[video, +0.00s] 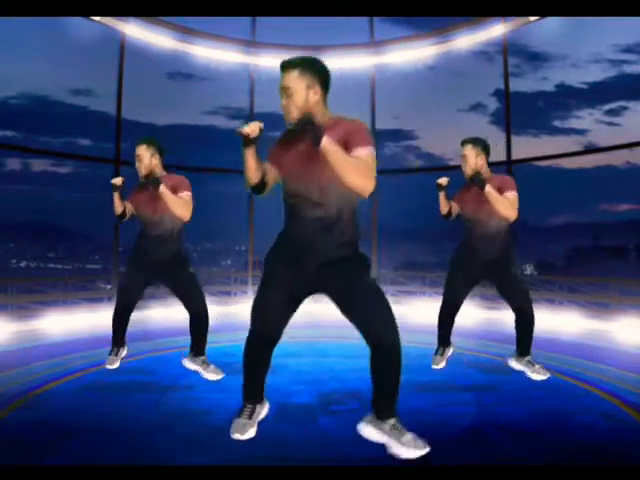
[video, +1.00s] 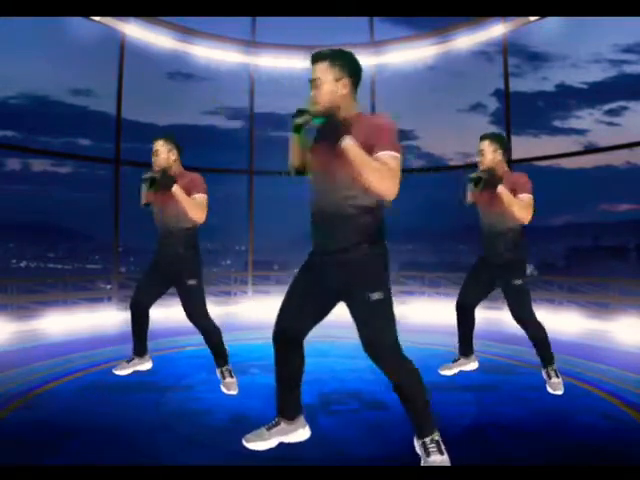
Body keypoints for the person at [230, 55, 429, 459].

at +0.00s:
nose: (281, 100)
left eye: (288, 91)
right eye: (281, 92)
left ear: (315, 91)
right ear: (298, 94)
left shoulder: (352, 132)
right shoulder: (288, 142)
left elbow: (365, 184)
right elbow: (259, 184)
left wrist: (323, 139)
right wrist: (250, 146)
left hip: (341, 261)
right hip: (291, 260)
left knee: (386, 337)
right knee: (261, 335)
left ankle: (382, 418)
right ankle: (252, 405)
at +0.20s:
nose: (283, 82)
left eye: (289, 74)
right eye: (280, 75)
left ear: (315, 75)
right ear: (284, 80)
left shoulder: (350, 116)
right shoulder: (282, 130)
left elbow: (369, 170)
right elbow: (259, 172)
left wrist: (322, 130)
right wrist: (247, 132)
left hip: (346, 248)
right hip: (295, 249)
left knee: (389, 333)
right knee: (264, 326)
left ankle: (393, 412)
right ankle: (252, 400)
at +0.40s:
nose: (296, 91)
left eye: (302, 82)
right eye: (296, 83)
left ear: (329, 81)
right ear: (315, 84)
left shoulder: (369, 116)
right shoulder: (306, 136)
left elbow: (382, 164)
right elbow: (281, 177)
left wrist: (328, 126)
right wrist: (269, 136)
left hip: (370, 254)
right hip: (323, 253)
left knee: (394, 347)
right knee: (279, 327)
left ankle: (427, 437)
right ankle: (283, 413)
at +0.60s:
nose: (314, 100)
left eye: (320, 91)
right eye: (314, 92)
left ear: (347, 91)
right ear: (338, 94)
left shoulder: (385, 128)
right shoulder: (326, 142)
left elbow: (394, 186)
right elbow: (318, 200)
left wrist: (341, 152)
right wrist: (291, 174)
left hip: (384, 268)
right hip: (335, 266)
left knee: (405, 362)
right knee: (285, 332)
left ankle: (427, 441)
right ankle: (285, 414)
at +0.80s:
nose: (332, 90)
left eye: (339, 81)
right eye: (330, 83)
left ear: (366, 82)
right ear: (332, 87)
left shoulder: (400, 124)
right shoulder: (324, 131)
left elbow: (412, 173)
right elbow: (276, 151)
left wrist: (366, 127)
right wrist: (251, 127)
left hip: (387, 264)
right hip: (334, 263)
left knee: (409, 357)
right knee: (290, 333)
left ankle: (427, 440)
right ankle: (287, 416)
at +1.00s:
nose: (312, 90)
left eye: (319, 82)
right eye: (311, 83)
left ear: (345, 84)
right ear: (321, 87)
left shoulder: (377, 125)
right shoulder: (320, 132)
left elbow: (388, 187)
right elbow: (298, 167)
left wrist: (345, 141)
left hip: (363, 259)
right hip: (324, 258)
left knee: (383, 350)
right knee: (286, 333)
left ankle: (430, 440)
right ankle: (290, 420)